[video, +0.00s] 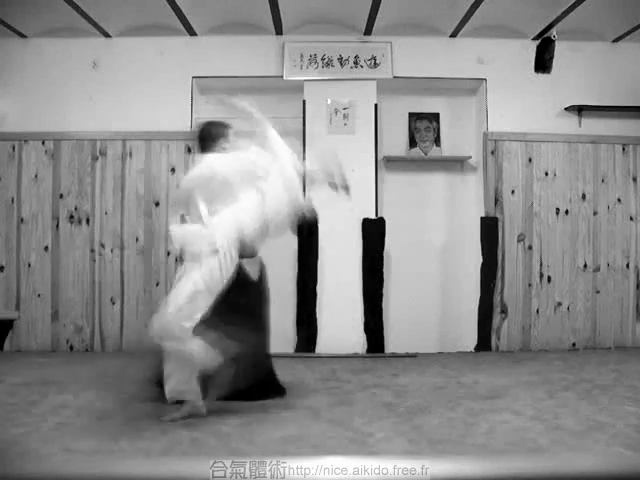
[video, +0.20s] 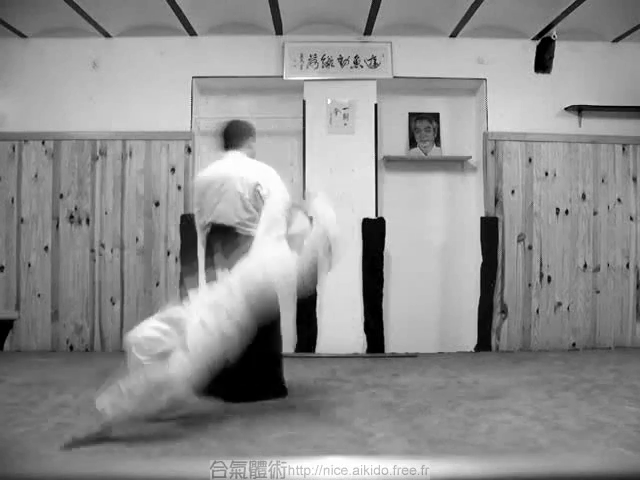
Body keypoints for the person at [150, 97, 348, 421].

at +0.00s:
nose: (232, 142)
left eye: (229, 138)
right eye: (229, 138)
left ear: (200, 145)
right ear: (224, 140)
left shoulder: (194, 178)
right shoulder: (245, 164)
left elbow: (190, 225)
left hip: (213, 258)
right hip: (246, 258)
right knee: (250, 322)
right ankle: (256, 380)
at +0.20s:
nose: (255, 147)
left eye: (253, 142)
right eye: (254, 142)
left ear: (225, 143)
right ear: (249, 143)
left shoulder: (205, 175)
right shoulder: (262, 173)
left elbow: (200, 221)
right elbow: (278, 216)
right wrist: (276, 252)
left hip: (216, 248)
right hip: (252, 248)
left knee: (221, 311)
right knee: (260, 310)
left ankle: (221, 382)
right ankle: (263, 382)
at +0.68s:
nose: (263, 149)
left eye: (262, 144)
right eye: (263, 144)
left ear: (233, 143)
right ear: (257, 143)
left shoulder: (216, 174)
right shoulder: (262, 176)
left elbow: (218, 215)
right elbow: (283, 220)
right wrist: (302, 257)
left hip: (220, 249)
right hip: (251, 253)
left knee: (221, 315)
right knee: (264, 316)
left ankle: (218, 384)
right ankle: (264, 381)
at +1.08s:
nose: (261, 148)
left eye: (260, 143)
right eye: (261, 143)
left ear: (231, 143)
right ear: (256, 143)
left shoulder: (216, 172)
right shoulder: (263, 174)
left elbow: (207, 218)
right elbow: (280, 218)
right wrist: (280, 257)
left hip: (223, 257)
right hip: (256, 258)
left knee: (229, 320)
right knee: (262, 320)